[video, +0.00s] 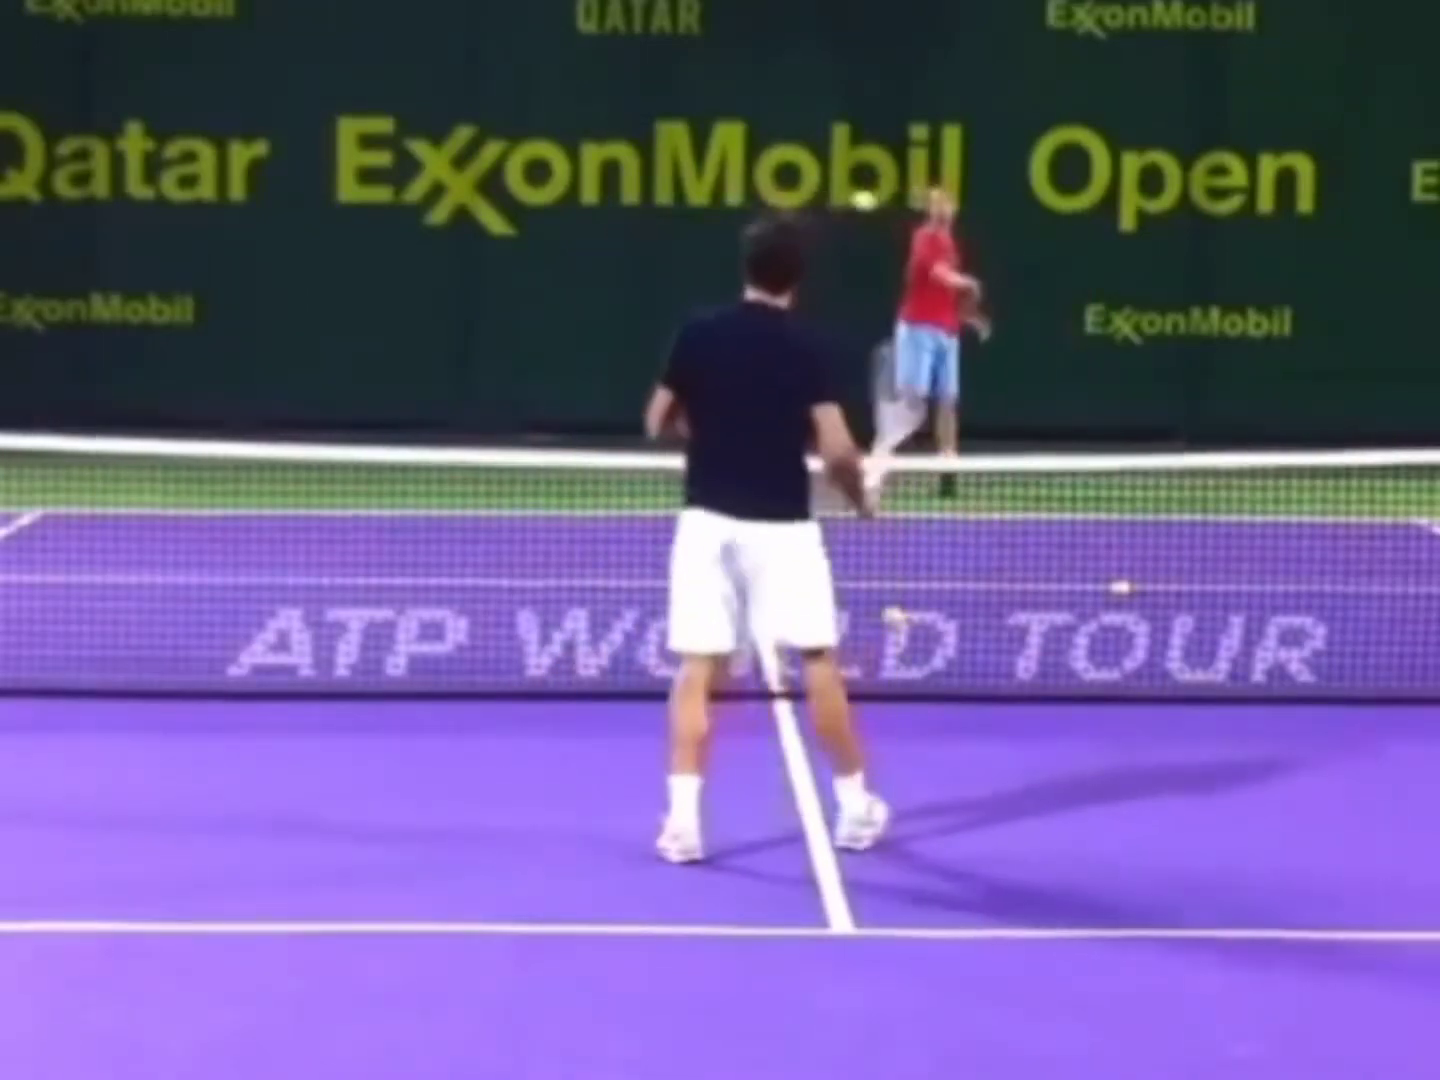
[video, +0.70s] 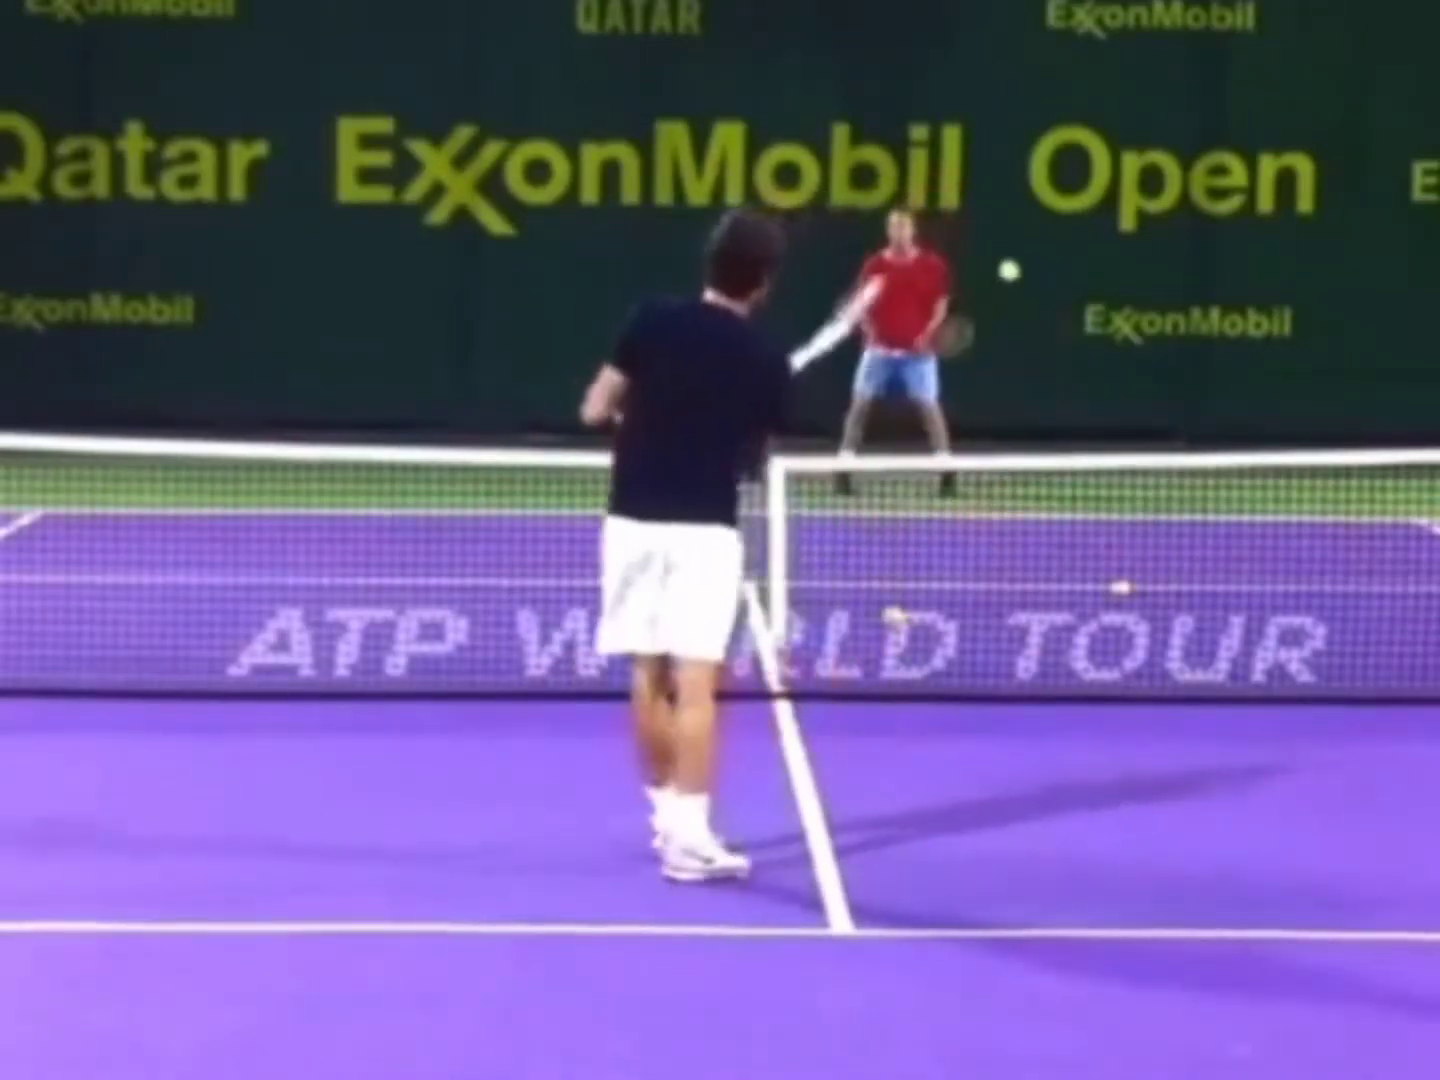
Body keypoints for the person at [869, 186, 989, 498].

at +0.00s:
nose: (941, 211)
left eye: (946, 204)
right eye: (935, 204)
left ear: (953, 209)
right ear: (928, 208)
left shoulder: (949, 244)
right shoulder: (925, 237)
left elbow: (944, 295)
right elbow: (936, 270)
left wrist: (969, 316)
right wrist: (966, 283)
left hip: (945, 328)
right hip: (918, 324)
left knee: (947, 400)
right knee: (912, 399)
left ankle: (948, 466)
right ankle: (877, 457)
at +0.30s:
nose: (941, 210)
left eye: (945, 204)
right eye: (936, 204)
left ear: (954, 208)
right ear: (928, 208)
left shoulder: (958, 243)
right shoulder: (914, 241)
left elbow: (961, 283)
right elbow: (898, 282)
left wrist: (966, 315)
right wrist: (932, 314)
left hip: (944, 333)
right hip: (910, 331)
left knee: (945, 397)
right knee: (909, 388)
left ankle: (948, 457)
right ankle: (889, 446)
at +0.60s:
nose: (907, 224)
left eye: (912, 218)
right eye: (903, 218)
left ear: (921, 222)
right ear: (896, 223)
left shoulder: (941, 257)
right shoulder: (882, 256)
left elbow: (951, 294)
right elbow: (868, 298)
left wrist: (934, 331)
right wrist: (889, 327)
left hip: (925, 343)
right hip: (889, 342)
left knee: (935, 406)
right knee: (865, 404)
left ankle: (947, 465)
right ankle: (845, 463)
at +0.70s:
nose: (899, 232)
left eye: (904, 226)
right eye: (895, 226)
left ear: (913, 230)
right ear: (888, 230)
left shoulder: (932, 265)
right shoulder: (876, 264)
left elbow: (941, 304)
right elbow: (860, 303)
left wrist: (926, 335)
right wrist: (870, 332)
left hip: (916, 349)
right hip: (879, 346)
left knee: (929, 408)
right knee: (860, 406)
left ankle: (945, 466)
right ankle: (844, 464)